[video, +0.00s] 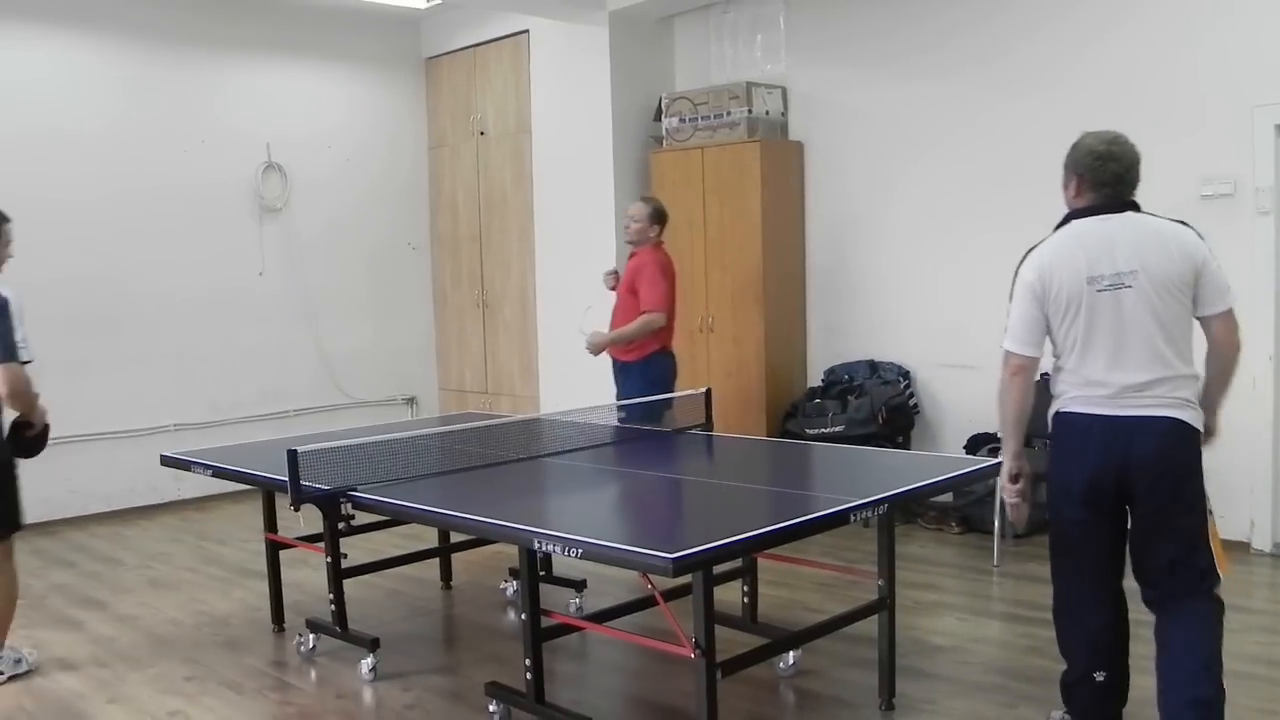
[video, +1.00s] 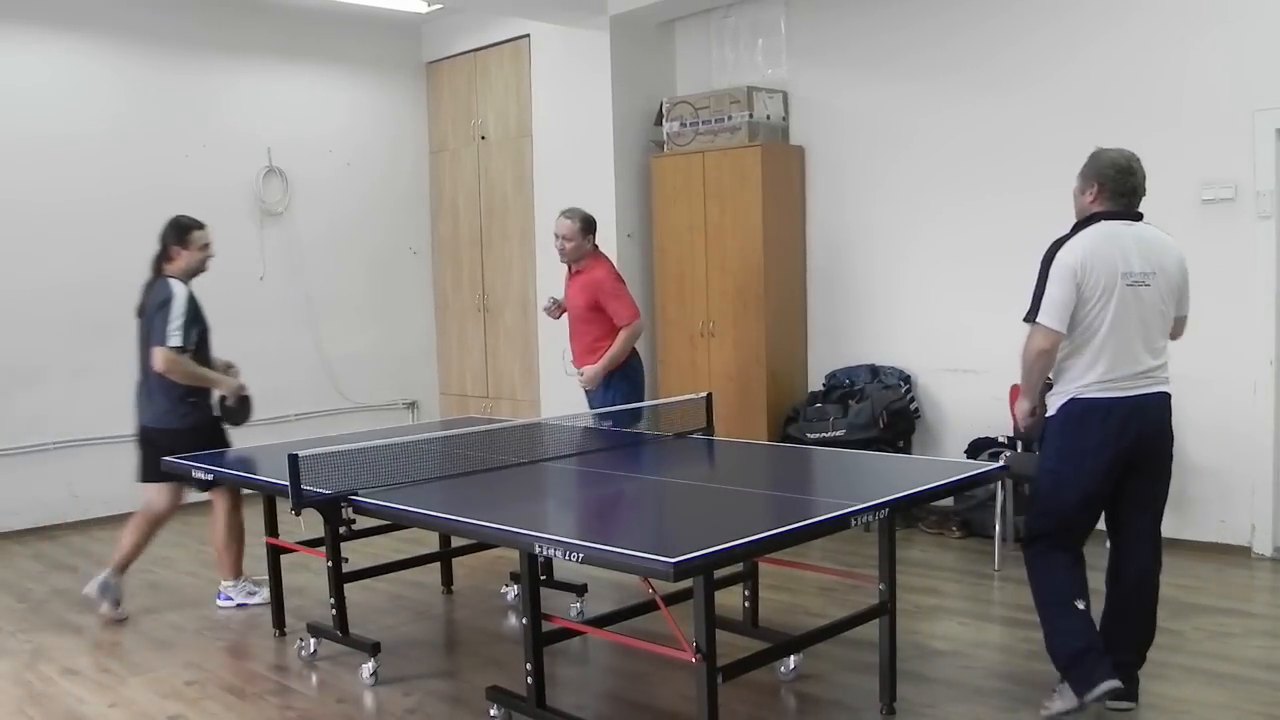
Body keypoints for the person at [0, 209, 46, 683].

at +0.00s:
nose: (9, 253)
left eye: (9, 244)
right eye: (7, 245)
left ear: (3, 246)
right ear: (1, 247)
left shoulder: (5, 303)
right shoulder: (1, 302)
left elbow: (12, 385)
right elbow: (11, 386)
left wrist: (31, 409)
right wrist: (34, 412)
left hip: (1, 446)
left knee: (6, 544)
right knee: (3, 545)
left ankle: (4, 645)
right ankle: (3, 646)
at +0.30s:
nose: (65, 245)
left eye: (65, 236)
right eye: (60, 237)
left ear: (26, 240)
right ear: (35, 239)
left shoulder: (9, 281)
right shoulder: (42, 287)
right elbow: (66, 358)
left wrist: (56, 373)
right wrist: (88, 382)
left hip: (5, 428)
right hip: (24, 433)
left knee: (18, 532)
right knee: (15, 545)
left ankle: (33, 616)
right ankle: (5, 652)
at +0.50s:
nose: (101, 255)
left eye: (100, 247)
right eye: (95, 248)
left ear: (60, 251)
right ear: (69, 250)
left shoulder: (17, 296)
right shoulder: (80, 296)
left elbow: (7, 360)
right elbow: (90, 364)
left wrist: (39, 380)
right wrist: (132, 387)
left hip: (32, 435)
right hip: (72, 435)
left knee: (76, 524)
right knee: (69, 537)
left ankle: (85, 608)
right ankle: (15, 628)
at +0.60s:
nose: (118, 251)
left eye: (118, 243)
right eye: (112, 244)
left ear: (79, 248)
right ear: (84, 246)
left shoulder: (41, 293)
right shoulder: (96, 290)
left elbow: (26, 357)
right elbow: (102, 358)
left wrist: (73, 357)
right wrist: (145, 381)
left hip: (54, 428)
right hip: (94, 427)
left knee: (87, 515)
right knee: (124, 516)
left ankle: (89, 607)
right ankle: (52, 594)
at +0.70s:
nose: (139, 246)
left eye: (139, 238)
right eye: (132, 238)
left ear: (101, 242)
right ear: (105, 240)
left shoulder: (71, 285)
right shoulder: (113, 283)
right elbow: (113, 349)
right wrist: (160, 370)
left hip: (75, 420)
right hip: (113, 419)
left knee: (95, 500)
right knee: (158, 499)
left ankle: (86, 607)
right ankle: (114, 591)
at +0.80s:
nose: (161, 247)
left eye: (161, 239)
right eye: (154, 240)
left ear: (126, 243)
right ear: (125, 241)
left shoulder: (103, 281)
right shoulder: (130, 282)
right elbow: (123, 348)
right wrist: (176, 369)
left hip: (97, 417)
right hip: (135, 419)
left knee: (99, 507)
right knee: (178, 494)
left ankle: (88, 605)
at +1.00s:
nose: (209, 256)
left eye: (208, 248)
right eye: (203, 249)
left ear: (175, 253)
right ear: (176, 252)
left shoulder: (157, 290)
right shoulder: (177, 293)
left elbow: (171, 352)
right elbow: (165, 361)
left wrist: (213, 364)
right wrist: (219, 382)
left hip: (158, 420)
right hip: (190, 422)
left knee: (161, 501)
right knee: (225, 492)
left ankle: (110, 579)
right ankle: (232, 586)